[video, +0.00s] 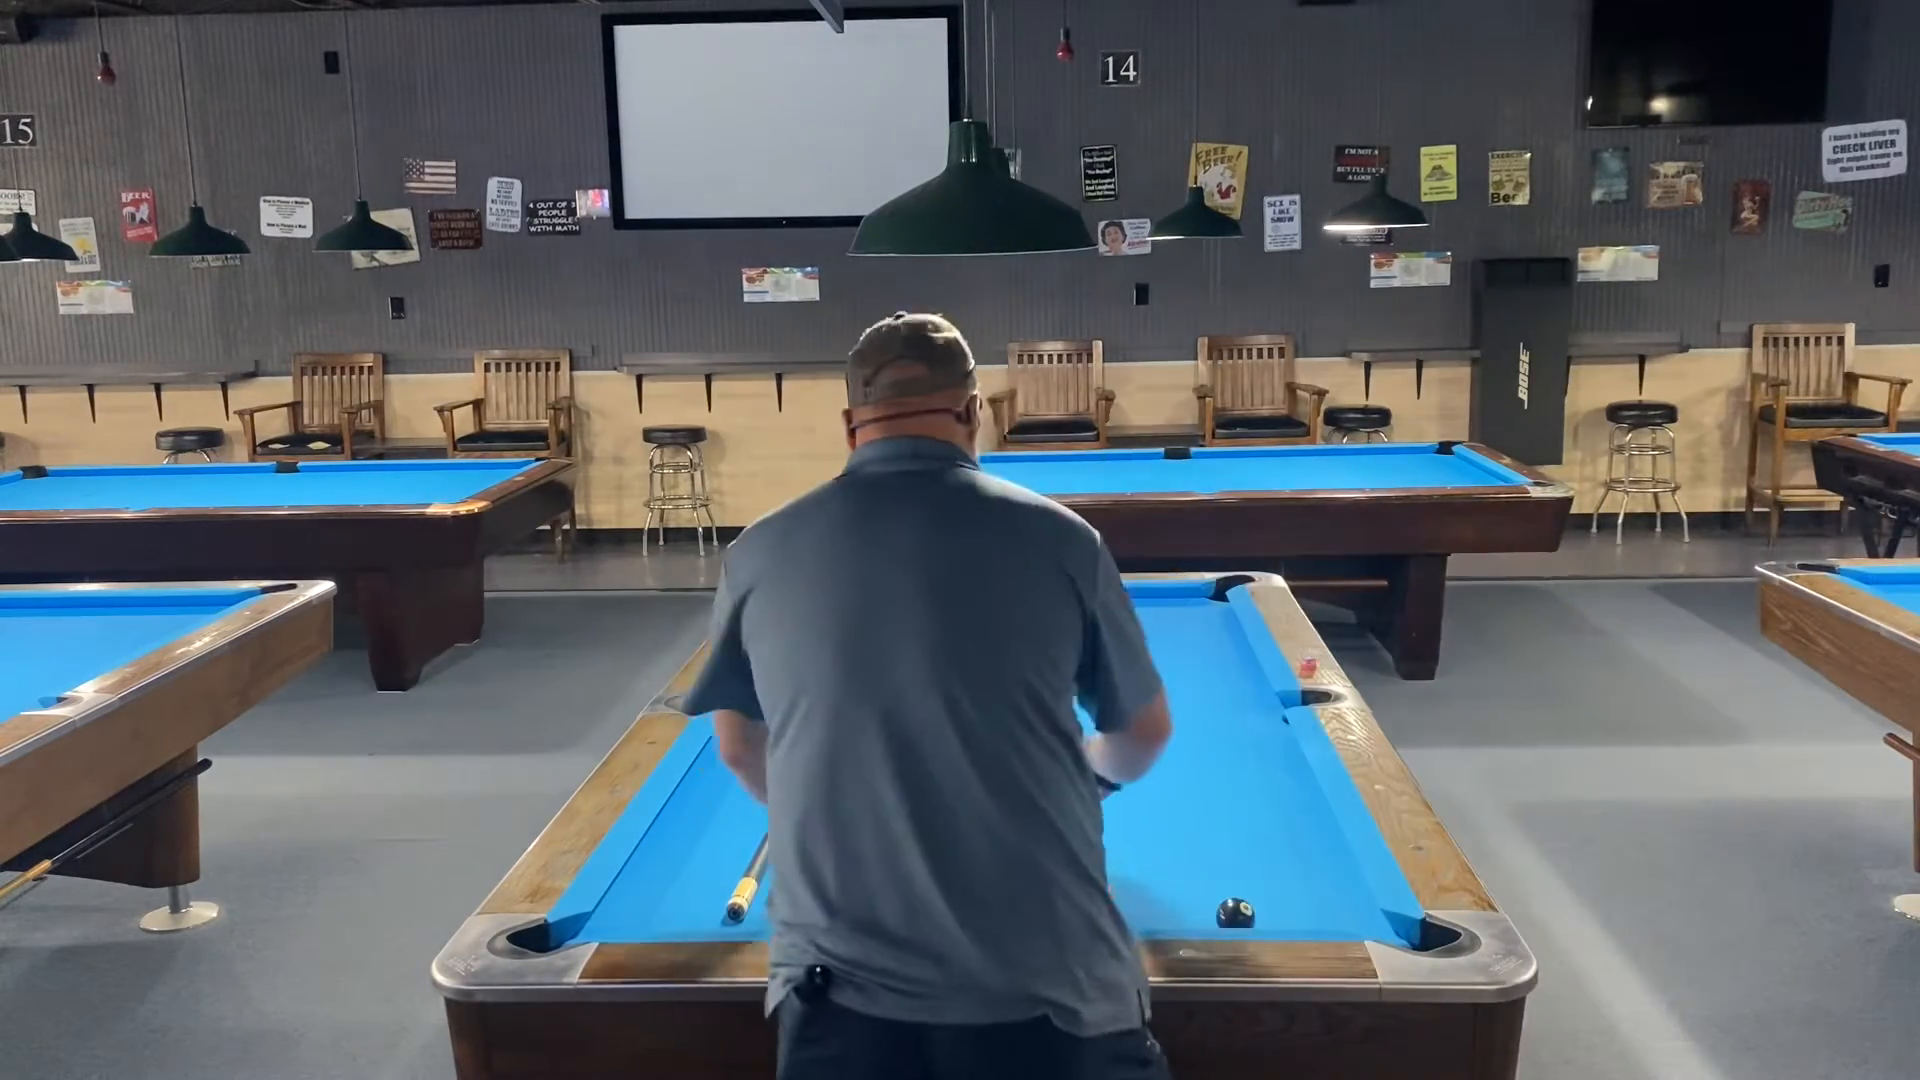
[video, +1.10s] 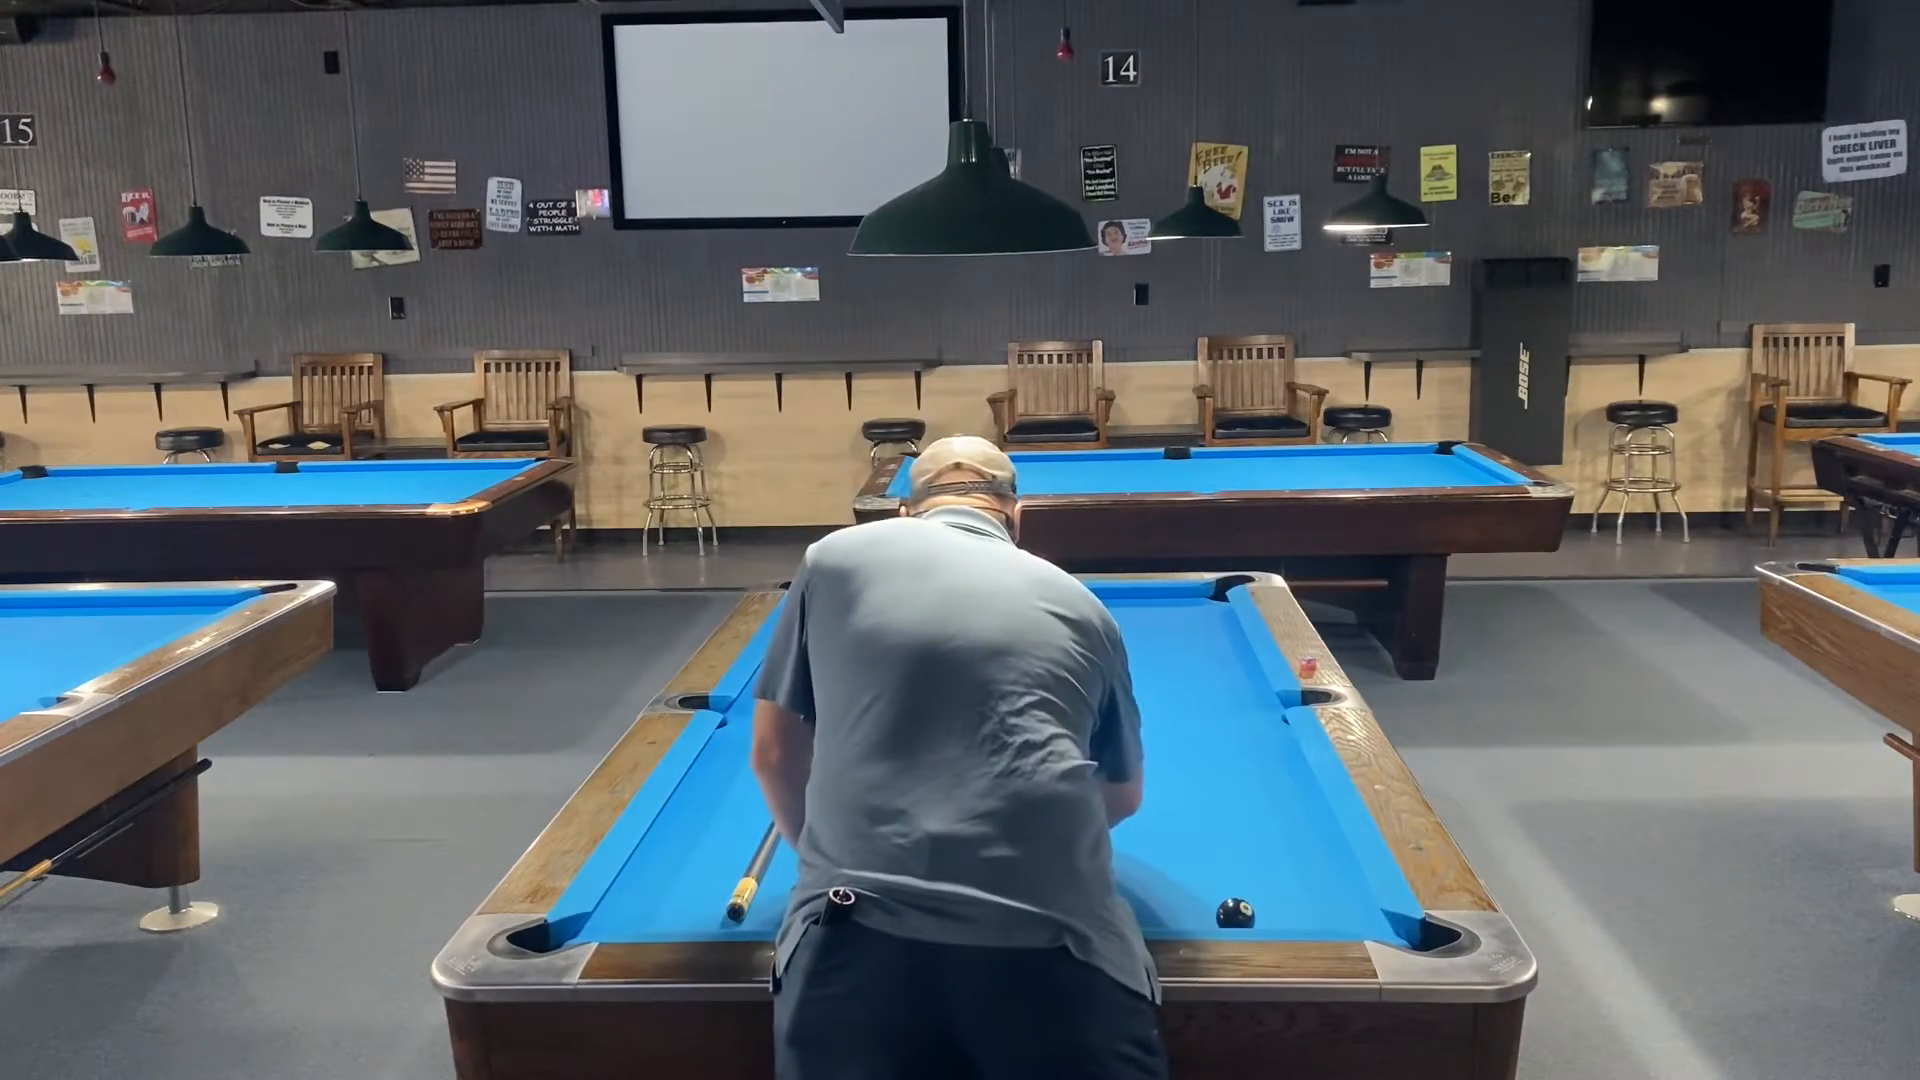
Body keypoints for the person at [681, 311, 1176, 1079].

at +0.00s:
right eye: (974, 412)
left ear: (851, 426)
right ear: (973, 415)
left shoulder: (764, 548)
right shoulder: (1061, 538)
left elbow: (738, 742)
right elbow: (1142, 731)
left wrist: (817, 812)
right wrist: (1084, 767)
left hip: (844, 1014)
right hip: (1049, 1016)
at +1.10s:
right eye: (1018, 506)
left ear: (907, 509)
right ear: (1014, 513)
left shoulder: (834, 557)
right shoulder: (1084, 605)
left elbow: (776, 750)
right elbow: (1120, 792)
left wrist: (829, 862)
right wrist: (1016, 844)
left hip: (856, 957)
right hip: (1057, 970)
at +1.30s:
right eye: (1021, 509)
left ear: (910, 514)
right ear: (1017, 515)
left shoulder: (829, 572)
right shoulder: (1083, 601)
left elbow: (766, 761)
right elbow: (1131, 797)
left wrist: (844, 841)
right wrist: (1032, 843)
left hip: (852, 954)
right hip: (1054, 965)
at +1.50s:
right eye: (1029, 519)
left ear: (917, 522)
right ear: (1023, 522)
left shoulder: (835, 583)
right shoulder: (1086, 600)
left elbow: (811, 757)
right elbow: (1171, 801)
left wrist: (877, 804)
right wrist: (1148, 831)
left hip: (847, 958)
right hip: (1048, 965)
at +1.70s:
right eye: (1059, 533)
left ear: (946, 522)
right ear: (1046, 531)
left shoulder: (857, 580)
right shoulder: (1101, 600)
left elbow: (858, 729)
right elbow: (1182, 812)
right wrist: (1163, 836)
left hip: (840, 956)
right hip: (1040, 966)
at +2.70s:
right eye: (1052, 492)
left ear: (939, 484)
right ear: (1045, 485)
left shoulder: (838, 567)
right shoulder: (1104, 575)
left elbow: (806, 769)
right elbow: (1190, 785)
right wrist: (1146, 878)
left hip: (845, 967)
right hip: (1051, 976)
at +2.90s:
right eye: (1048, 493)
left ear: (931, 490)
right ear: (1039, 486)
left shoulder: (836, 573)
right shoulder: (1097, 578)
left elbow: (813, 768)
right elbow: (1164, 789)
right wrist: (1094, 825)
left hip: (844, 965)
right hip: (1047, 972)